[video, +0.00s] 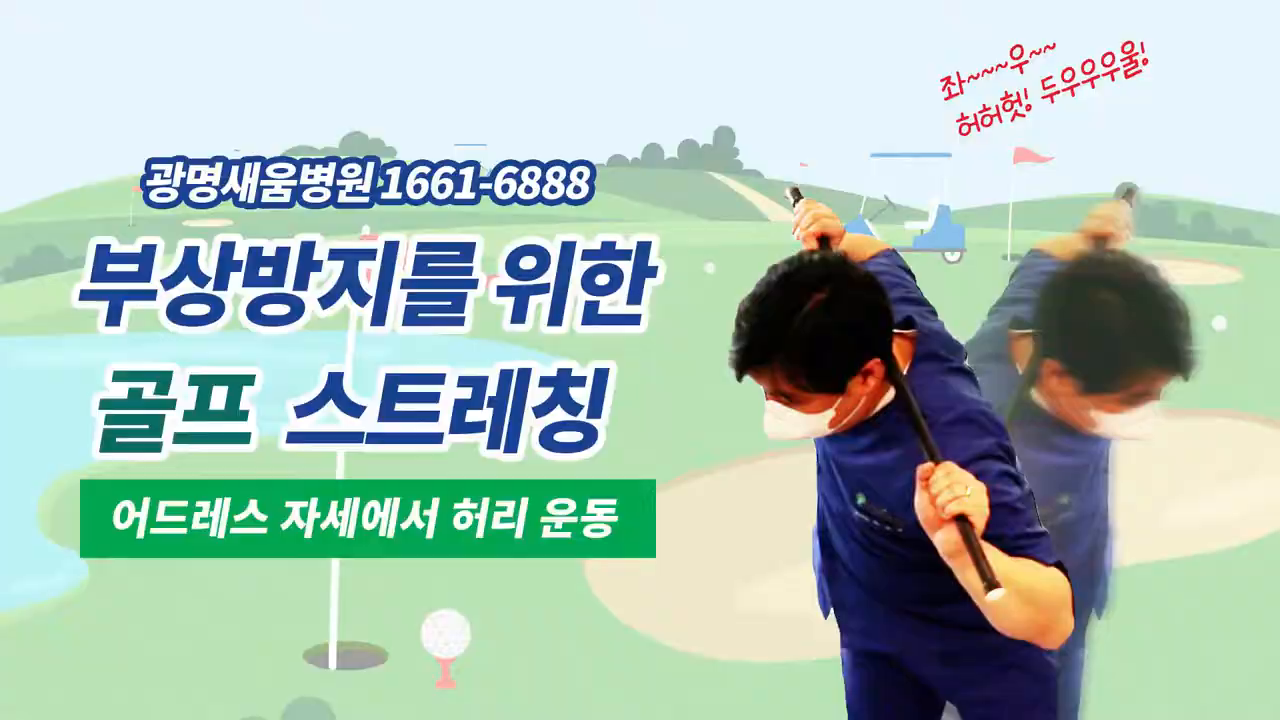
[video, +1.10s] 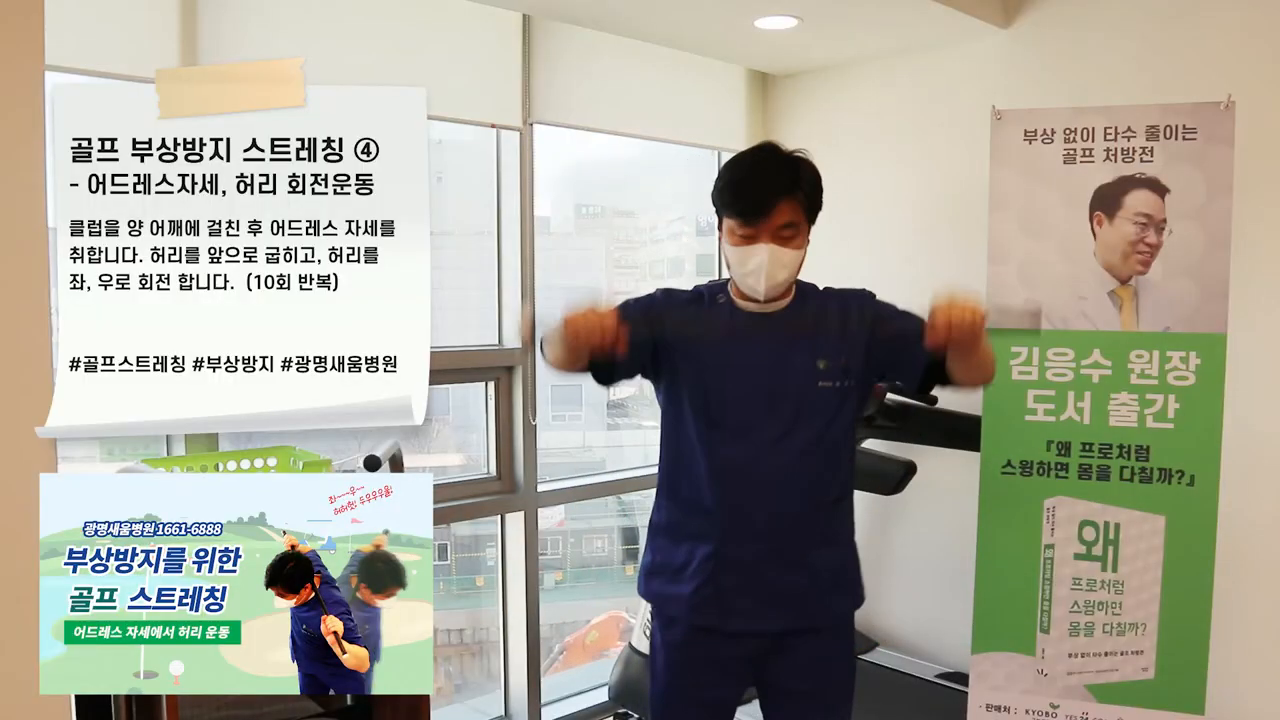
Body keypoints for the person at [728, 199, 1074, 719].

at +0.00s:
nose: (776, 409)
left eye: (792, 398)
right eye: (768, 392)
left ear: (868, 379)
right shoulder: (882, 305)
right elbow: (876, 256)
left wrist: (963, 551)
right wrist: (837, 239)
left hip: (994, 655)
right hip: (878, 635)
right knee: (878, 709)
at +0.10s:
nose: (776, 409)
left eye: (792, 398)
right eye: (768, 392)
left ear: (868, 379)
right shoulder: (882, 305)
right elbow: (876, 256)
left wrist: (963, 551)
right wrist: (837, 239)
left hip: (994, 655)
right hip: (878, 635)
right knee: (878, 709)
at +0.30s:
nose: (732, 220)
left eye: (750, 204)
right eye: (711, 207)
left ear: (772, 220)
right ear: (687, 224)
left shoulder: (828, 332)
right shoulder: (640, 340)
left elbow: (873, 459)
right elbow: (604, 470)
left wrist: (875, 585)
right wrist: (616, 597)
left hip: (800, 630)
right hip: (677, 636)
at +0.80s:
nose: (743, 226)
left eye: (761, 209)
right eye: (722, 212)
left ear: (785, 222)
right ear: (698, 226)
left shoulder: (837, 331)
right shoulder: (651, 336)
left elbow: (902, 442)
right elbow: (596, 453)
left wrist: (903, 552)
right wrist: (602, 570)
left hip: (803, 617)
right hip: (682, 618)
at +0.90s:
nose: (752, 229)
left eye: (771, 213)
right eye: (732, 215)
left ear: (794, 226)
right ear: (707, 226)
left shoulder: (843, 328)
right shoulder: (656, 330)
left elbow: (928, 419)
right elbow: (582, 420)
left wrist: (933, 479)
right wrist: (587, 493)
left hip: (805, 613)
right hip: (687, 613)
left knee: (811, 712)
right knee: (674, 712)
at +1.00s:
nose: (757, 239)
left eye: (777, 222)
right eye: (738, 223)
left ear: (800, 228)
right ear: (714, 227)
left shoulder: (849, 327)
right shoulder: (662, 326)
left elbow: (932, 395)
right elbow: (575, 387)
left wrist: (948, 408)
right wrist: (575, 428)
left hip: (808, 616)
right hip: (690, 615)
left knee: (814, 712)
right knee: (677, 713)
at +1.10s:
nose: (766, 253)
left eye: (787, 234)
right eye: (747, 234)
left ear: (810, 233)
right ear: (721, 231)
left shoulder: (854, 321)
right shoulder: (673, 320)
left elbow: (973, 374)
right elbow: (563, 356)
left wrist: (963, 339)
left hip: (814, 616)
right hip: (696, 615)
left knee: (817, 714)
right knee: (677, 713)